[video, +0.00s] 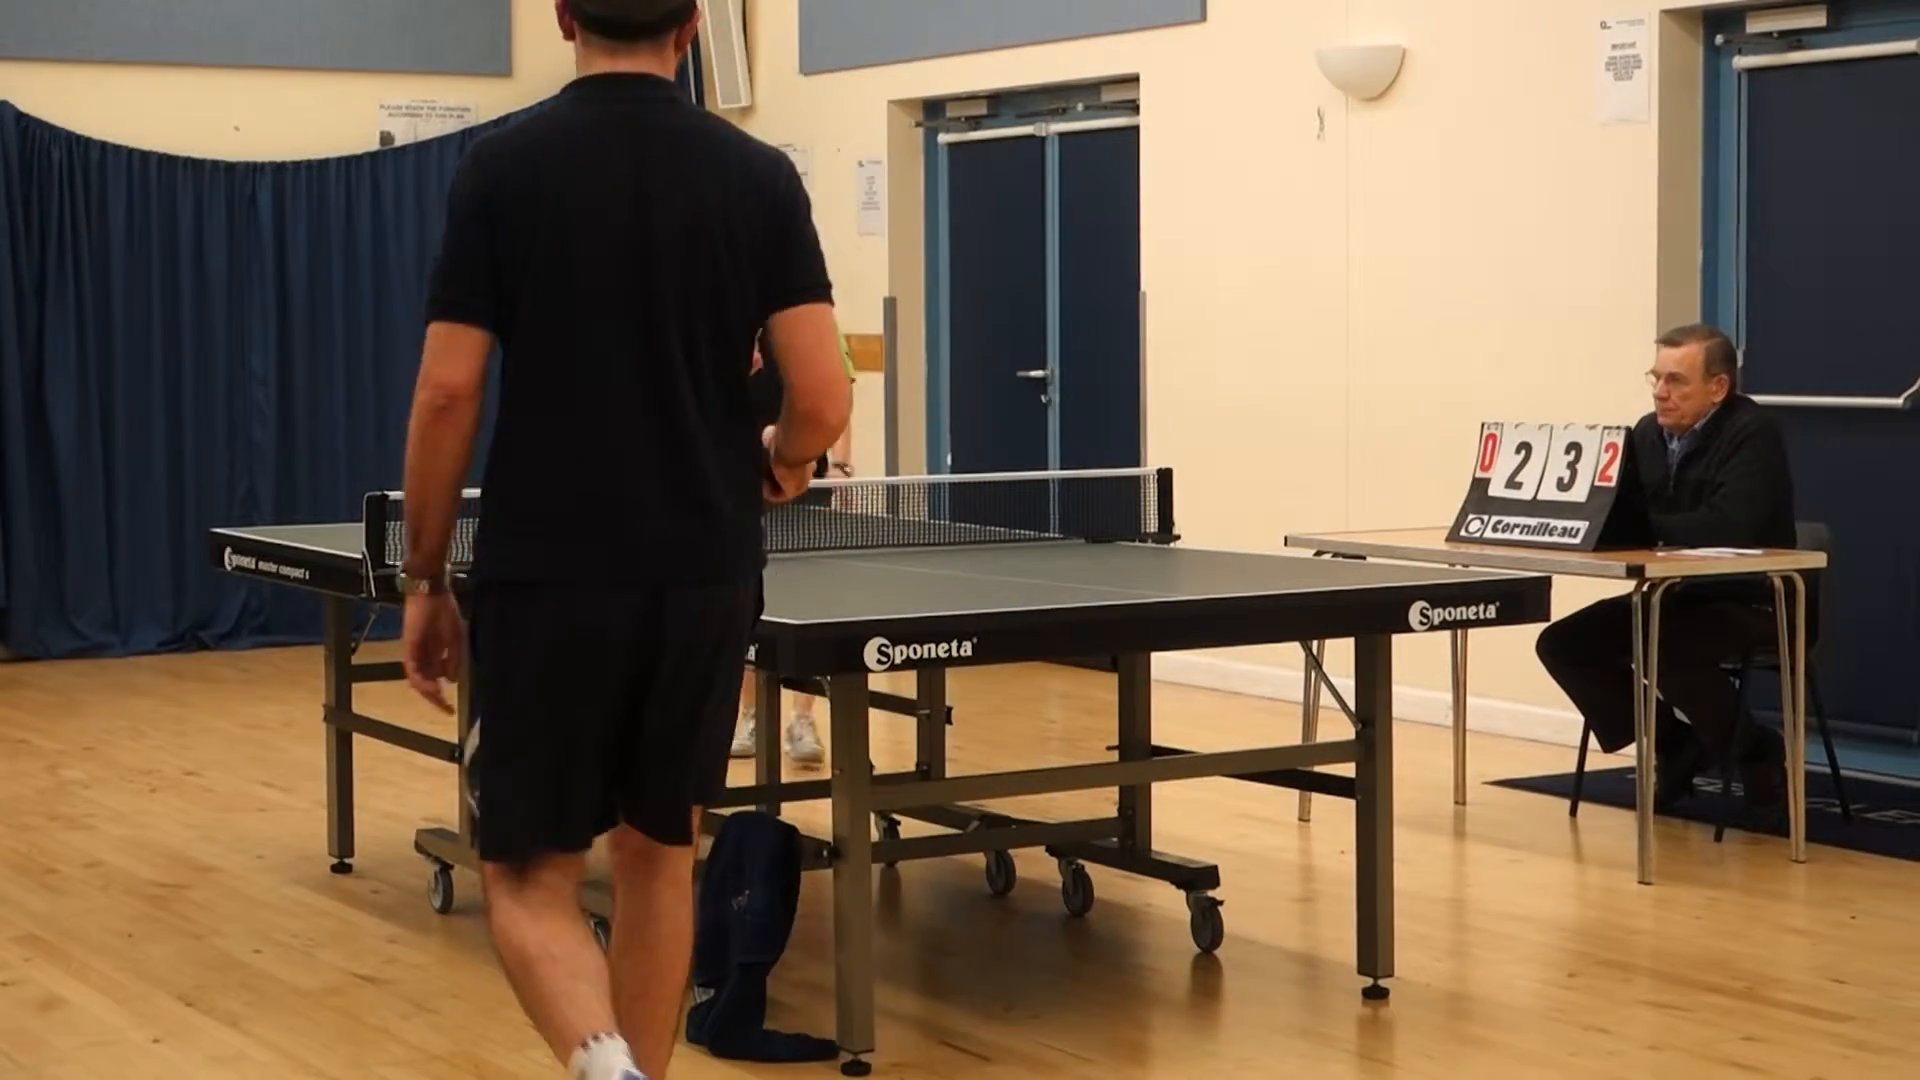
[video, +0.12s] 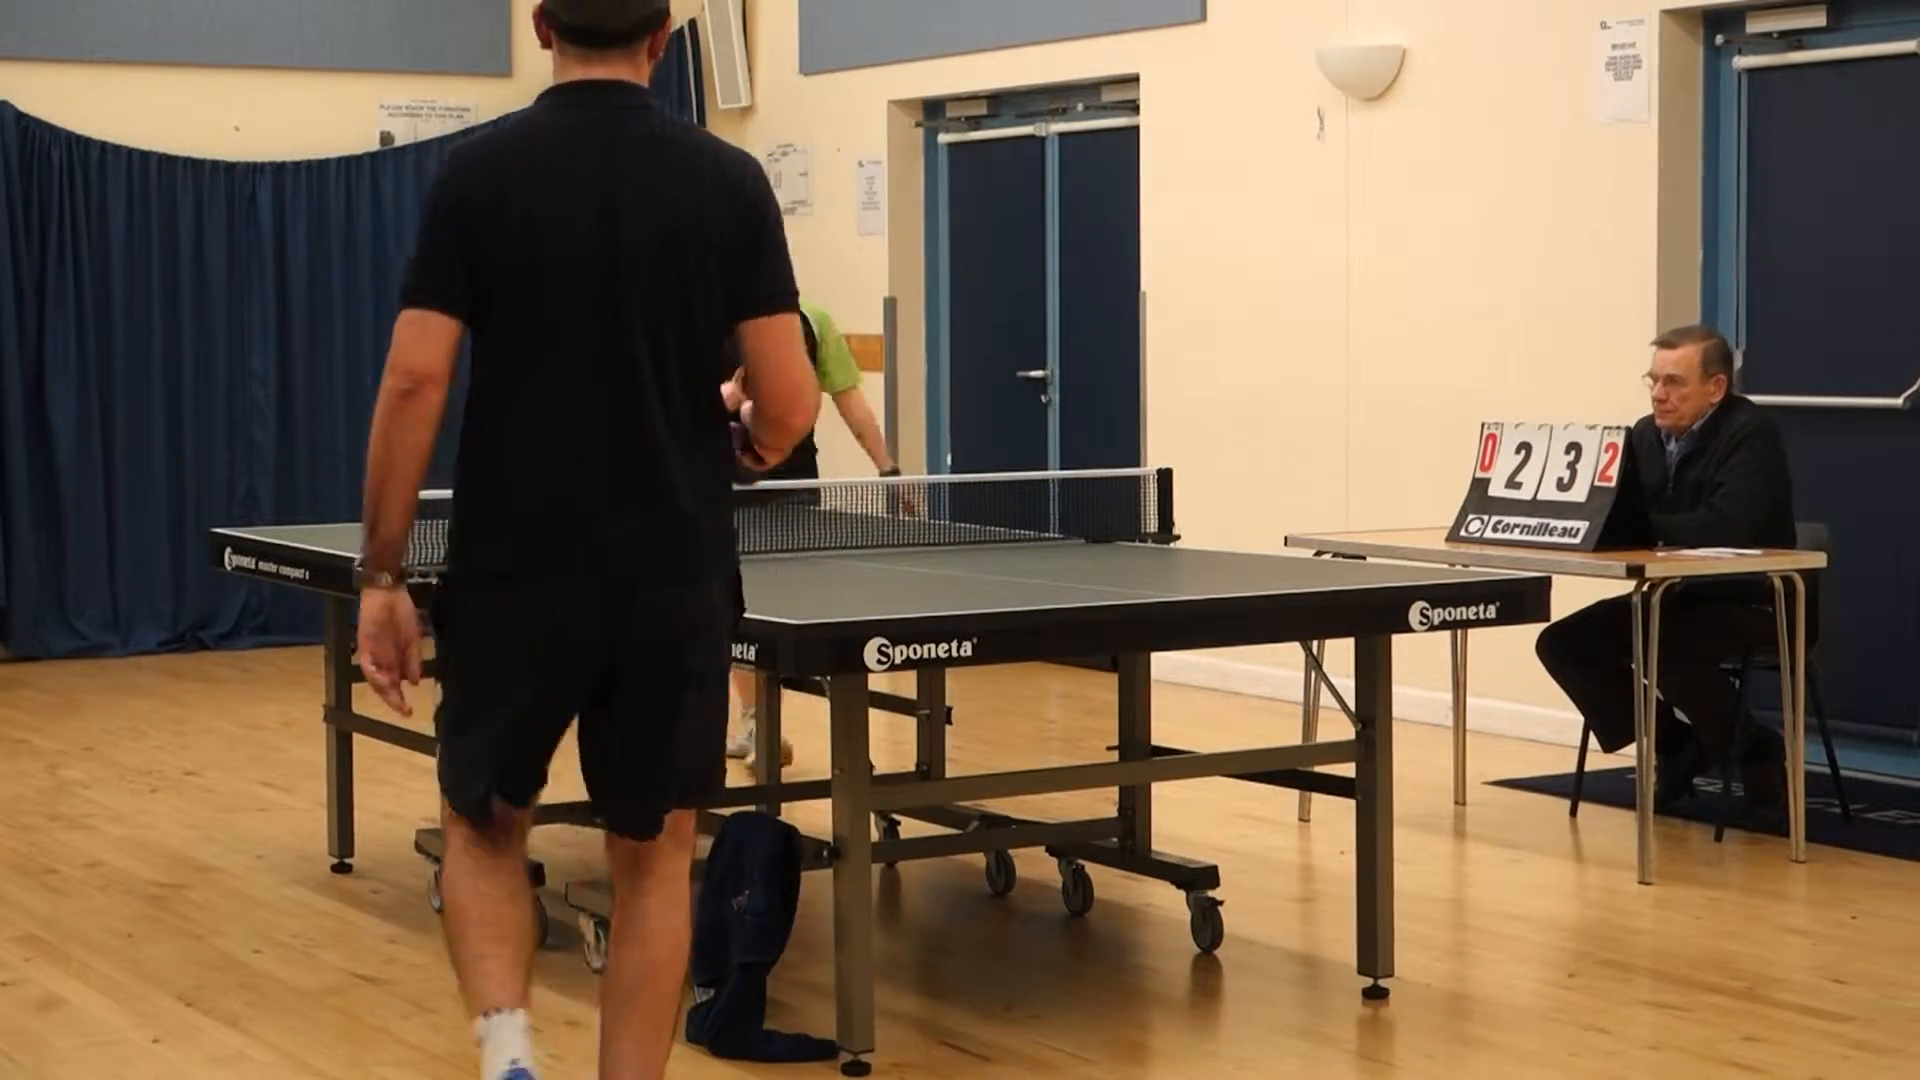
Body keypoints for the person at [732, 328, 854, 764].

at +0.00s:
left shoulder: (813, 320)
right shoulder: (725, 320)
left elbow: (837, 389)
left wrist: (840, 461)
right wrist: (734, 453)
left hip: (806, 476)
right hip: (742, 474)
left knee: (808, 600)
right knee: (745, 604)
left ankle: (802, 719)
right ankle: (749, 713)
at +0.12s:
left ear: (778, 270)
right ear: (737, 276)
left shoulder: (811, 321)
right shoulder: (720, 325)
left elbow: (853, 408)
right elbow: (700, 406)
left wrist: (891, 472)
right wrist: (747, 376)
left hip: (791, 487)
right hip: (729, 486)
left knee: (777, 611)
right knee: (739, 614)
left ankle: (754, 724)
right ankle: (756, 725)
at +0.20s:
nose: (759, 249)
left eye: (767, 239)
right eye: (751, 238)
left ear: (784, 249)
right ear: (734, 248)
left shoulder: (809, 320)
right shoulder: (710, 318)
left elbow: (851, 396)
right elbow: (679, 396)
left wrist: (892, 460)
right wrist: (702, 427)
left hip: (785, 492)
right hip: (717, 495)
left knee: (772, 610)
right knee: (726, 614)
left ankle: (756, 720)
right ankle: (749, 714)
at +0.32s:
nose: (753, 248)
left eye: (764, 237)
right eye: (741, 238)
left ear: (781, 245)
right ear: (722, 245)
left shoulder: (805, 321)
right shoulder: (695, 317)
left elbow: (840, 396)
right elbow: (653, 391)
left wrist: (872, 466)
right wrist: (661, 444)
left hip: (780, 493)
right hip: (705, 495)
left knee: (772, 611)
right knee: (714, 607)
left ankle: (761, 723)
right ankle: (733, 695)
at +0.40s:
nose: (745, 245)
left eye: (756, 234)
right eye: (733, 235)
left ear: (773, 242)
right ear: (715, 243)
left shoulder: (801, 316)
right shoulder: (688, 315)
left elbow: (827, 398)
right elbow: (644, 381)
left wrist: (846, 476)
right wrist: (654, 429)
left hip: (775, 496)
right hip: (697, 497)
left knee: (768, 617)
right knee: (674, 613)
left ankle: (763, 733)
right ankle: (714, 691)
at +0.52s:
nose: (730, 246)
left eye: (740, 235)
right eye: (718, 236)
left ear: (759, 241)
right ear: (701, 244)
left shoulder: (789, 315)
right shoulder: (679, 315)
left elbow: (818, 393)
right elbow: (652, 381)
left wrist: (805, 454)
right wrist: (658, 426)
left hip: (763, 492)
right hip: (687, 490)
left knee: (771, 618)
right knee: (647, 613)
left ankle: (763, 740)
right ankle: (648, 731)